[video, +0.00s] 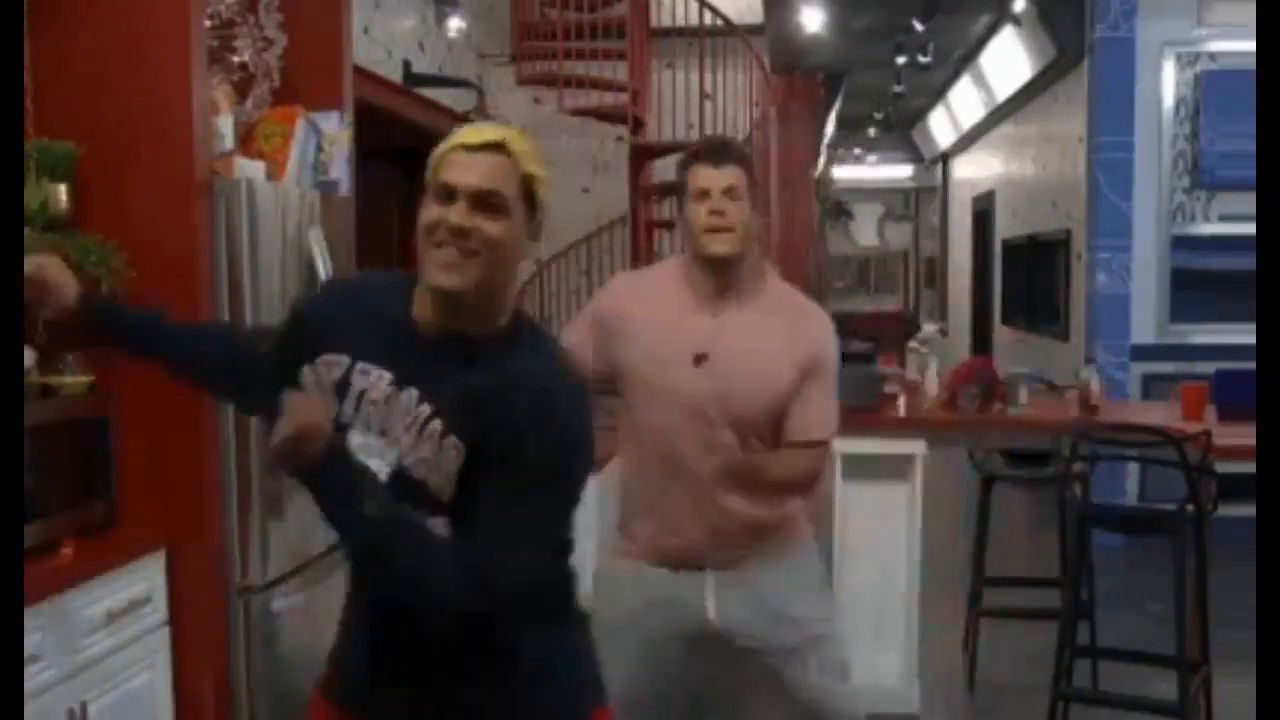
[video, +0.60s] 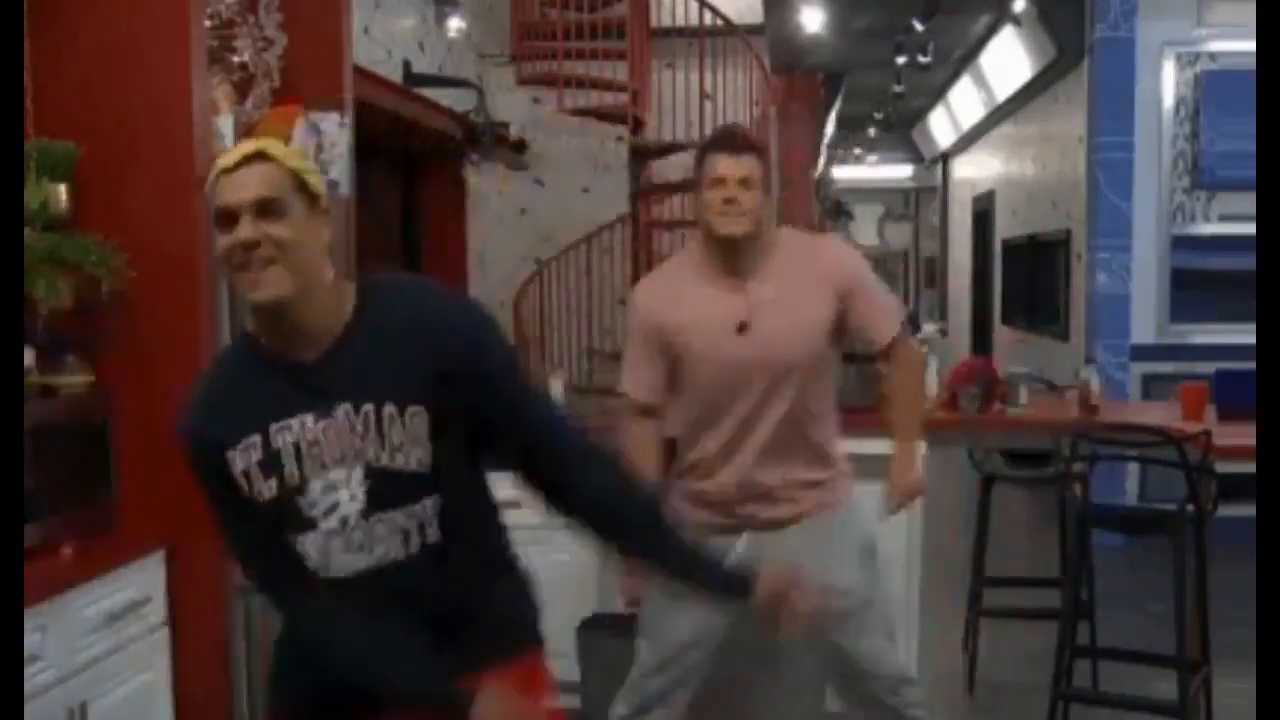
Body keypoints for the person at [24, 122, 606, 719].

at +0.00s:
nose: (457, 220)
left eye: (488, 207)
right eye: (444, 198)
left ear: (530, 235)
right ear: (419, 213)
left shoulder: (543, 395)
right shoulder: (346, 313)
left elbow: (484, 583)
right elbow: (258, 371)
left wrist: (331, 471)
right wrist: (89, 315)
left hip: (515, 689)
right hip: (374, 671)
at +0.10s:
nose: (419, 236)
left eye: (449, 222)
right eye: (406, 213)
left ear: (492, 249)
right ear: (383, 226)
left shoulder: (506, 404)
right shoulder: (319, 327)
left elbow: (438, 605)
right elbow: (233, 379)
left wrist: (325, 475)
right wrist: (62, 303)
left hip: (484, 685)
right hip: (346, 672)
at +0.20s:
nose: (355, 204)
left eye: (386, 188)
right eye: (341, 182)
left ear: (432, 217)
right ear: (320, 198)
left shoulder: (471, 355)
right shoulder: (259, 321)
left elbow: (426, 553)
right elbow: (183, 423)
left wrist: (228, 520)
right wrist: (40, 436)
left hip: (443, 678)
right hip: (298, 671)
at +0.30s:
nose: (322, 194)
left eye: (351, 176)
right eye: (306, 174)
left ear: (399, 199)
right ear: (287, 192)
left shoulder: (463, 331)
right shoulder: (239, 332)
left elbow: (433, 536)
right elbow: (162, 487)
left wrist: (233, 611)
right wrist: (38, 550)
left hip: (438, 663)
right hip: (292, 661)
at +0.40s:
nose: (294, 207)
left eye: (320, 187)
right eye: (276, 189)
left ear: (370, 201)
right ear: (260, 207)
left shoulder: (449, 334)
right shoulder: (222, 363)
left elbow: (446, 536)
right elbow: (174, 539)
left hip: (441, 667)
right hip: (288, 669)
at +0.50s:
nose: (248, 251)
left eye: (273, 228)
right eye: (230, 235)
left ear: (325, 238)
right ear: (218, 256)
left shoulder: (430, 354)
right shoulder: (208, 421)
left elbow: (520, 533)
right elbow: (258, 617)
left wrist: (604, 686)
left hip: (452, 683)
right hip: (305, 691)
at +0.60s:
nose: (247, 236)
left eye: (270, 212)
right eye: (227, 222)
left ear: (326, 225)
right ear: (215, 249)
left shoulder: (433, 327)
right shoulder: (215, 419)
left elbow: (568, 468)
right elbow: (297, 596)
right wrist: (452, 690)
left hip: (481, 652)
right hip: (337, 671)